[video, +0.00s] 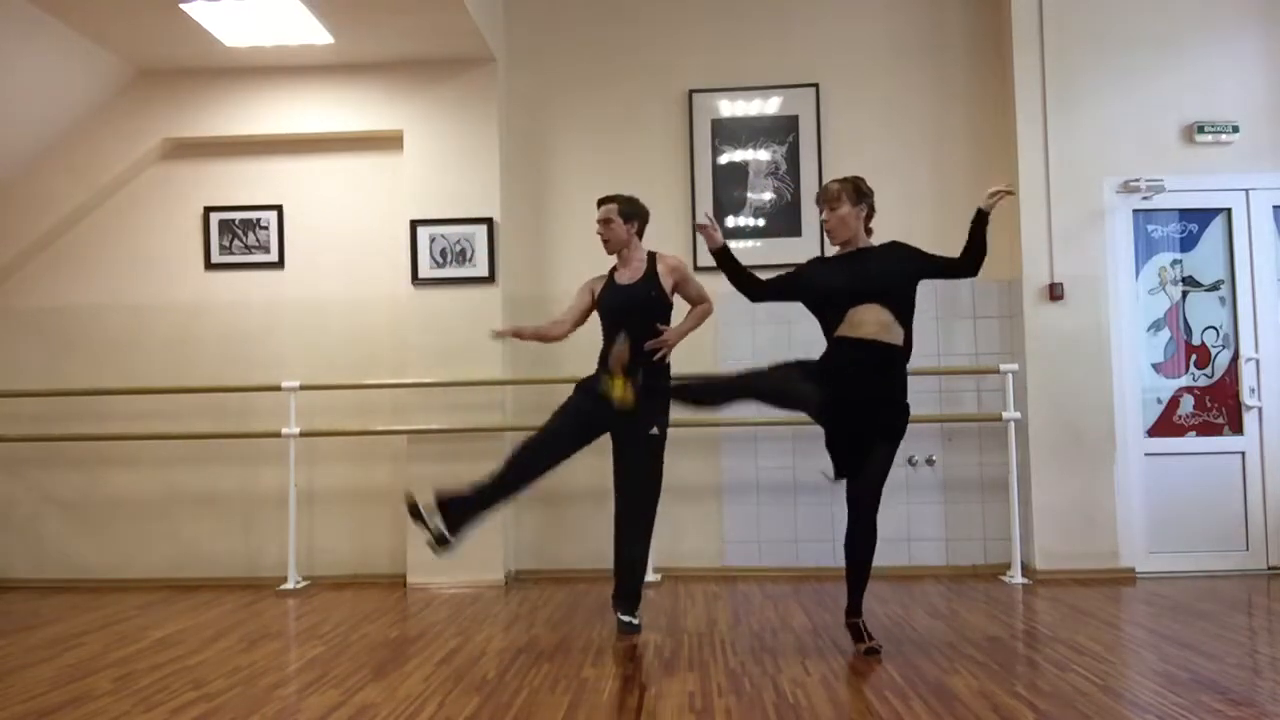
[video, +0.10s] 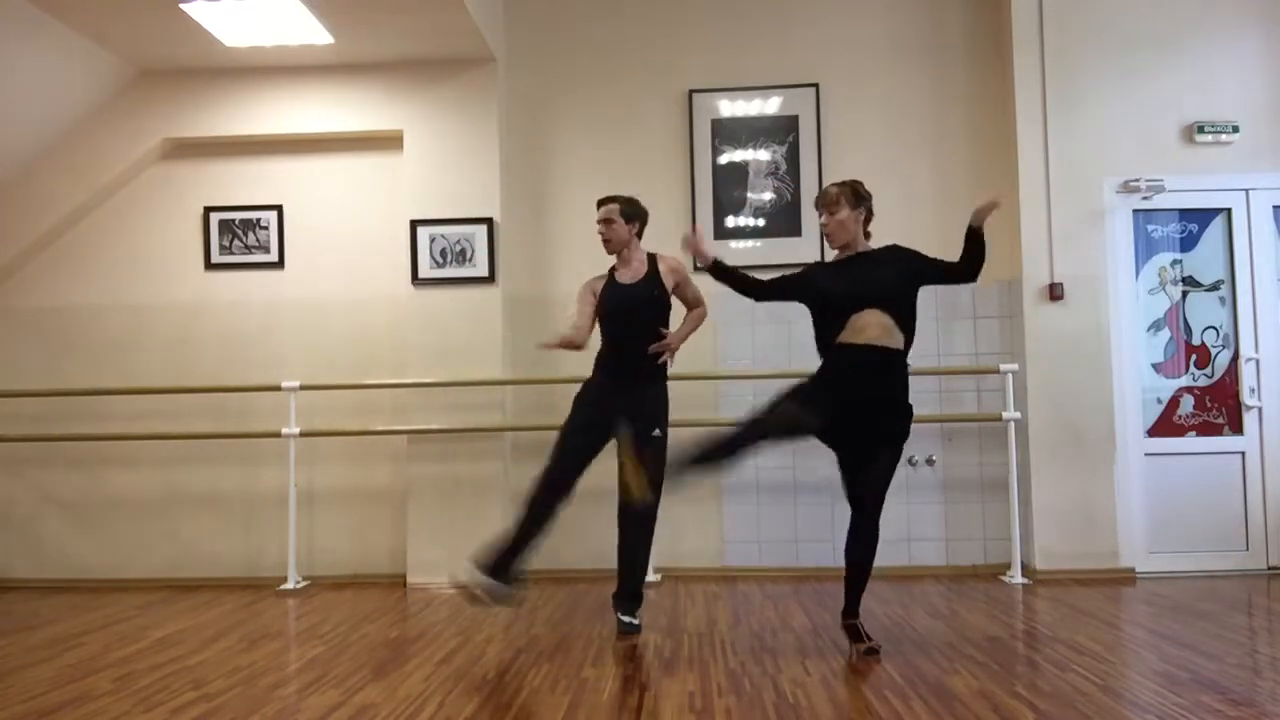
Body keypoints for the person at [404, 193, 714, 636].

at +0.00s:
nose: (600, 230)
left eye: (608, 223)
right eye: (599, 224)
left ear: (634, 227)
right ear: (609, 230)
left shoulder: (668, 268)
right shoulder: (598, 286)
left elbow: (704, 304)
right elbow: (562, 327)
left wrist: (678, 333)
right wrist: (519, 332)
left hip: (646, 400)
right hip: (599, 392)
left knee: (637, 506)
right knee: (533, 457)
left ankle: (627, 604)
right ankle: (451, 521)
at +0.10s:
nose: (600, 231)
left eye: (608, 224)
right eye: (598, 224)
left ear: (634, 227)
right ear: (609, 231)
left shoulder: (668, 268)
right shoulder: (596, 287)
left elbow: (699, 308)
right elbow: (580, 335)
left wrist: (677, 339)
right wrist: (562, 340)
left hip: (647, 393)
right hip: (603, 390)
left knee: (639, 502)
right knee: (556, 479)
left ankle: (628, 603)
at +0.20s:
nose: (609, 228)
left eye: (616, 220)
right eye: (604, 223)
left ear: (637, 226)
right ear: (600, 232)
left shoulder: (666, 272)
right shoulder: (591, 286)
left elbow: (690, 312)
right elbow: (597, 341)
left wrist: (675, 347)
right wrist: (651, 341)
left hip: (644, 402)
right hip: (598, 400)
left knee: (641, 504)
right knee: (570, 490)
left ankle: (629, 603)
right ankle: (606, 571)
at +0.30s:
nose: (616, 227)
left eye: (623, 220)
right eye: (609, 221)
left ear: (638, 227)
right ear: (600, 231)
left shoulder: (663, 273)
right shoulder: (589, 284)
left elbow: (686, 314)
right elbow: (597, 338)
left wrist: (672, 349)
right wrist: (655, 331)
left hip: (645, 398)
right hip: (600, 397)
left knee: (641, 507)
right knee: (579, 491)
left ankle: (628, 604)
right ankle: (642, 517)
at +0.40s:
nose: (617, 228)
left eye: (623, 221)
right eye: (609, 222)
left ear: (637, 228)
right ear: (599, 232)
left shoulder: (660, 275)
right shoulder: (586, 284)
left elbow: (679, 312)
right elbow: (599, 332)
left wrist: (670, 350)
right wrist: (653, 300)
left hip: (648, 400)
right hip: (602, 400)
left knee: (644, 508)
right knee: (591, 495)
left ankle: (629, 604)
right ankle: (655, 458)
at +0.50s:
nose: (616, 229)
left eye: (623, 223)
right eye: (609, 224)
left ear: (636, 230)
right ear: (598, 233)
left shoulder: (655, 275)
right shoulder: (583, 282)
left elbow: (676, 312)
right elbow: (599, 328)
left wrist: (669, 350)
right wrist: (647, 296)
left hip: (650, 399)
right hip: (606, 401)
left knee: (643, 510)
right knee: (600, 498)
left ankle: (628, 605)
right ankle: (673, 455)